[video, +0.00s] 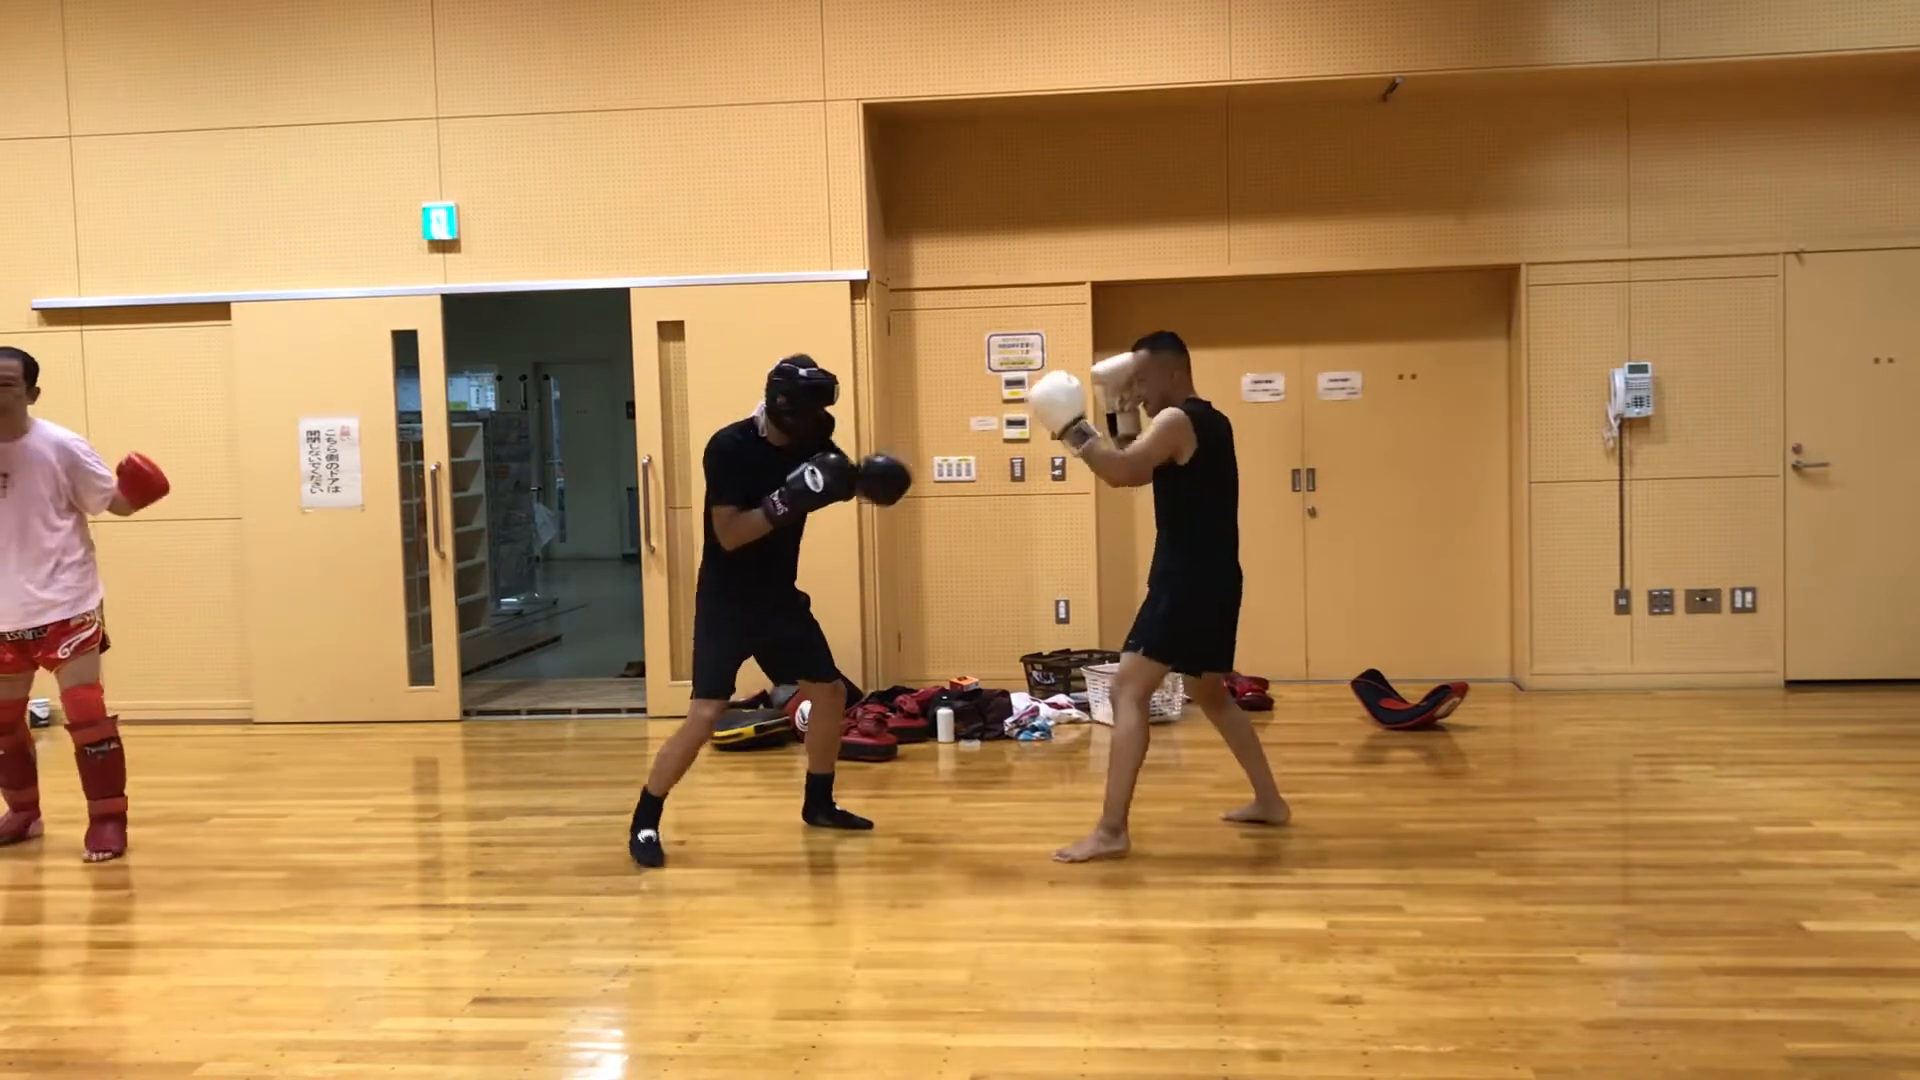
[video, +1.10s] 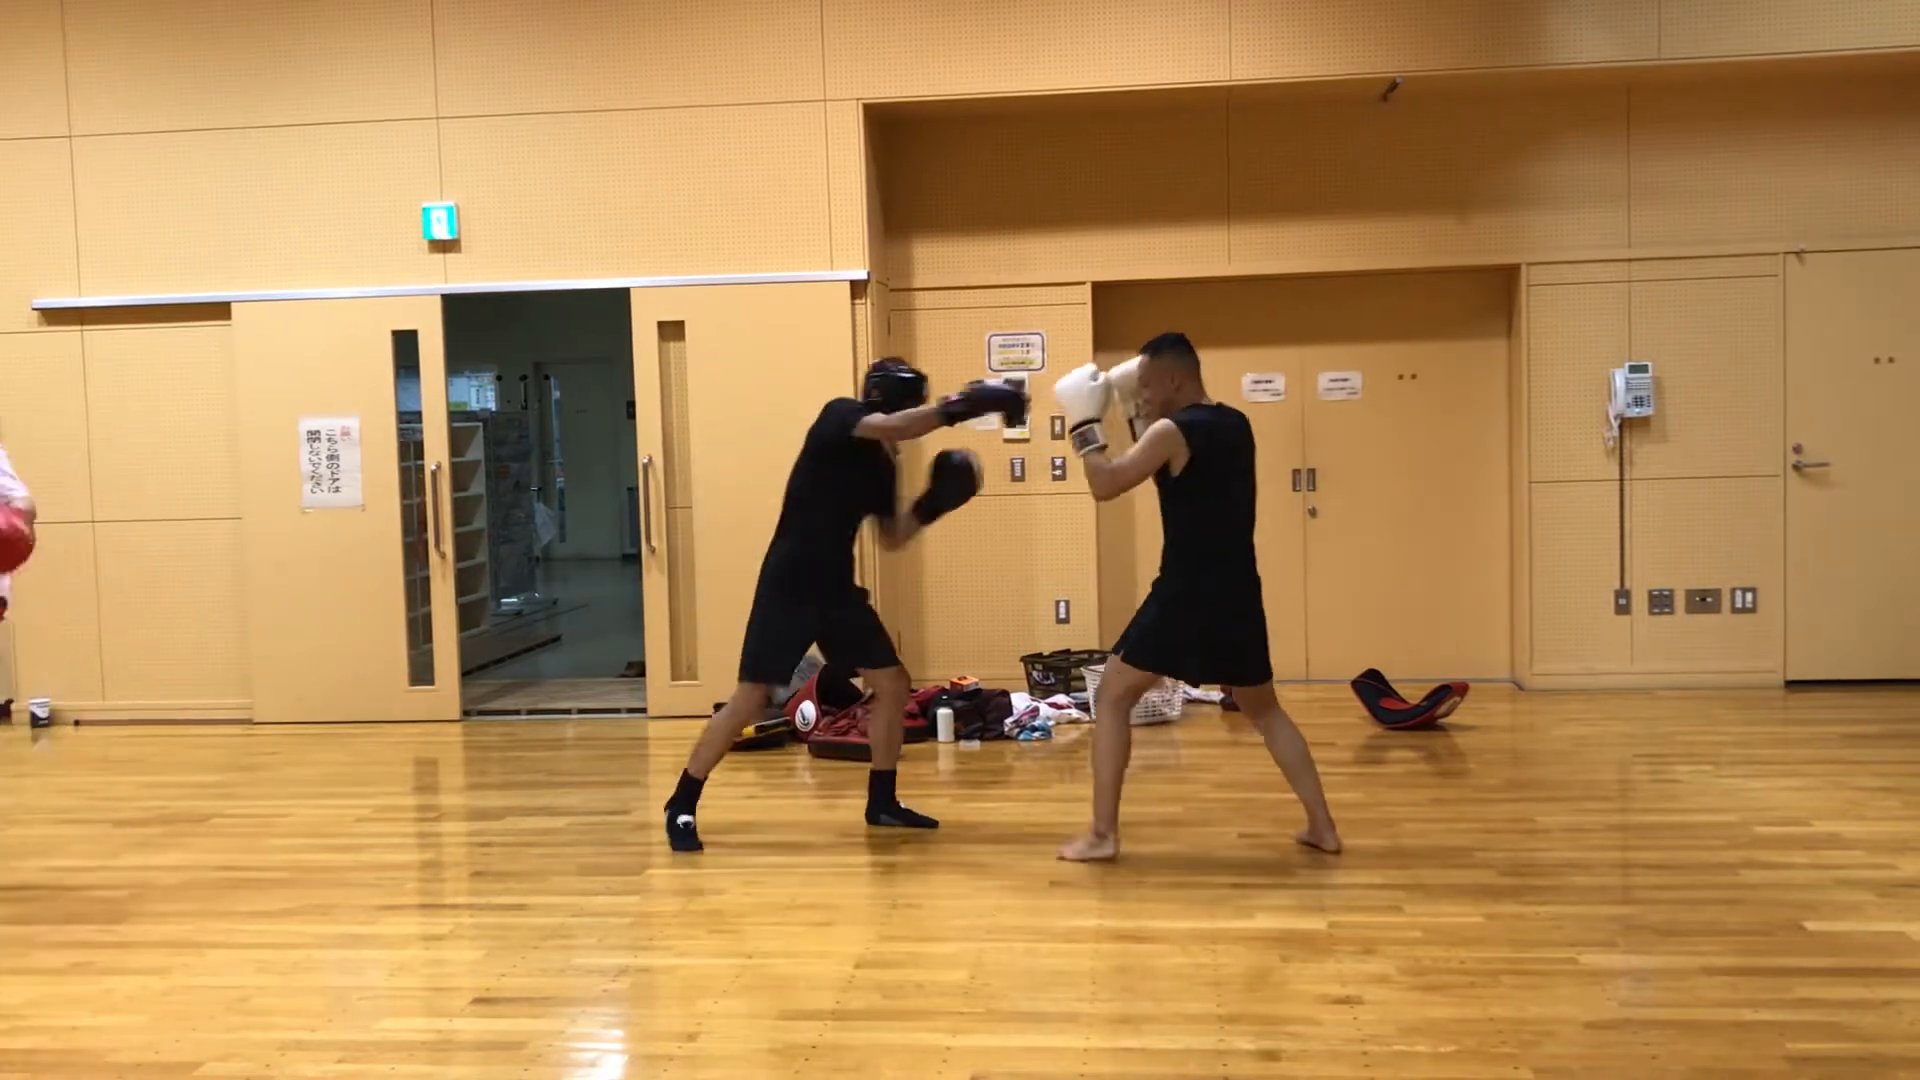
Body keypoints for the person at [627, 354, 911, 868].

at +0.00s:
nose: (821, 421)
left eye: (823, 412)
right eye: (812, 412)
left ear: (816, 411)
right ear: (780, 406)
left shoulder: (815, 440)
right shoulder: (729, 448)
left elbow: (829, 483)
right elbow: (728, 535)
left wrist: (868, 481)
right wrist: (791, 497)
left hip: (780, 599)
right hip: (724, 603)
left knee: (830, 693)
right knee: (704, 716)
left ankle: (818, 804)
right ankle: (645, 819)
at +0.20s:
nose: (789, 422)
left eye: (789, 412)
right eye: (780, 413)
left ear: (775, 411)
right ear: (747, 410)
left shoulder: (772, 448)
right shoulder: (696, 454)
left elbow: (788, 491)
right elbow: (700, 540)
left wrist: (830, 468)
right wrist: (757, 498)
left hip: (761, 602)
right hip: (704, 609)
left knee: (813, 695)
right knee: (678, 723)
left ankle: (818, 806)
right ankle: (630, 822)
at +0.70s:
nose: (805, 415)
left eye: (808, 405)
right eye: (796, 406)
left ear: (804, 403)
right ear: (764, 404)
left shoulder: (801, 448)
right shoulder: (715, 452)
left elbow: (855, 491)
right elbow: (702, 533)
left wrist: (875, 461)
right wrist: (755, 498)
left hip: (782, 605)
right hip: (725, 610)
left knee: (847, 692)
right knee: (690, 721)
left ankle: (880, 805)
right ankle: (632, 822)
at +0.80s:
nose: (838, 413)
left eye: (839, 404)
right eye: (829, 405)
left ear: (828, 405)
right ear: (798, 401)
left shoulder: (827, 447)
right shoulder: (750, 445)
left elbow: (877, 489)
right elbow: (726, 522)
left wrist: (911, 456)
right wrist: (779, 488)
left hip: (801, 602)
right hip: (747, 606)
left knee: (863, 688)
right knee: (713, 719)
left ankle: (881, 802)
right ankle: (643, 813)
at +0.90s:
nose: (870, 415)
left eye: (873, 407)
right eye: (864, 405)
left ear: (842, 405)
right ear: (836, 402)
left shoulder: (834, 450)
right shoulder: (799, 433)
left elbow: (839, 528)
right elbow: (812, 482)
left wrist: (882, 502)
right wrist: (868, 449)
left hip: (809, 595)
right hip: (765, 597)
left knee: (869, 685)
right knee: (754, 719)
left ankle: (882, 801)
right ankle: (679, 807)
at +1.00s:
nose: (887, 419)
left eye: (888, 411)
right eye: (883, 410)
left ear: (847, 403)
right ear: (857, 402)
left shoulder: (834, 457)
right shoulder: (819, 428)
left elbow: (825, 543)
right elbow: (896, 433)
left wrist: (881, 519)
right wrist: (959, 414)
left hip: (817, 594)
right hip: (777, 594)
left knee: (882, 684)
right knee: (752, 716)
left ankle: (881, 802)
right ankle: (673, 810)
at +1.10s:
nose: (914, 417)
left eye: (917, 410)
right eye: (911, 409)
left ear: (881, 399)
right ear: (889, 403)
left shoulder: (881, 463)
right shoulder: (838, 416)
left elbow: (892, 536)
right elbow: (893, 429)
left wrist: (935, 500)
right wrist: (960, 407)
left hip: (835, 586)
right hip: (788, 580)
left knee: (892, 684)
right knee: (752, 697)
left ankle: (883, 803)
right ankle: (681, 806)